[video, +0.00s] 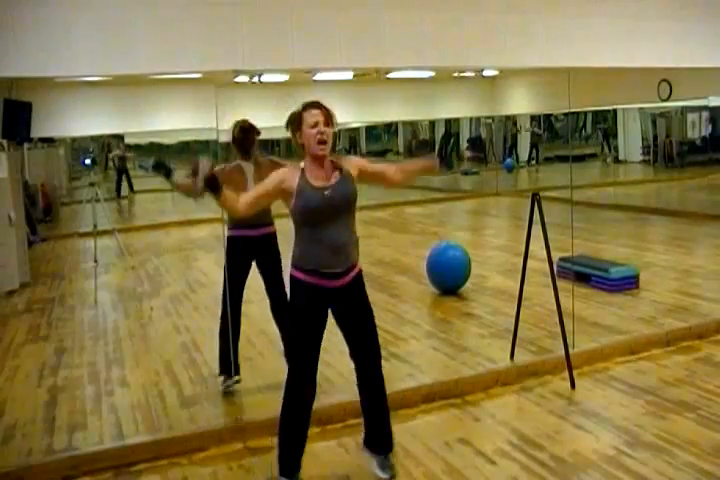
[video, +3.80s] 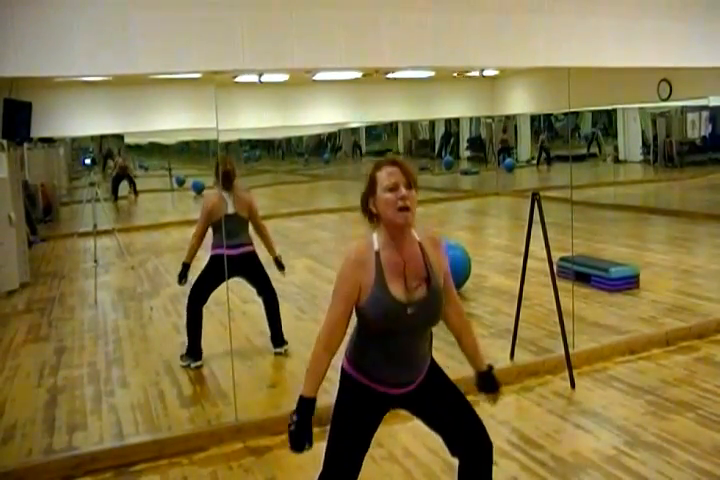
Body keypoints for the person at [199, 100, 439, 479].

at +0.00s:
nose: (322, 131)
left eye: (326, 125)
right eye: (313, 126)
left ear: (334, 131)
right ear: (299, 135)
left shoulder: (349, 167)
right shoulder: (287, 177)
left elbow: (394, 175)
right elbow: (241, 207)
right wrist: (216, 187)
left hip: (349, 282)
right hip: (306, 285)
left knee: (370, 365)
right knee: (301, 380)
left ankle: (379, 448)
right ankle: (288, 471)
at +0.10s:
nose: (322, 142)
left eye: (326, 136)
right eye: (314, 138)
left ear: (334, 142)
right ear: (301, 147)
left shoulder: (350, 184)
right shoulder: (288, 195)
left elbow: (385, 219)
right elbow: (262, 242)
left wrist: (430, 240)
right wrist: (242, 253)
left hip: (350, 296)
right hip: (308, 300)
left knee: (363, 381)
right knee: (309, 387)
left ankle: (363, 463)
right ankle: (306, 471)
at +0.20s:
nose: (324, 150)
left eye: (328, 143)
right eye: (316, 145)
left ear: (335, 149)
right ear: (303, 154)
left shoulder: (350, 195)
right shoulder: (291, 202)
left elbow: (365, 254)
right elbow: (280, 260)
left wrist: (386, 300)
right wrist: (270, 308)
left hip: (350, 305)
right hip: (307, 309)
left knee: (366, 386)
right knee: (309, 392)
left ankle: (361, 462)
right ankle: (306, 471)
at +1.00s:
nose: (335, 140)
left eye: (340, 133)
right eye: (327, 134)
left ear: (347, 138)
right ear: (312, 142)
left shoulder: (357, 179)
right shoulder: (298, 187)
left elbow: (371, 225)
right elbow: (277, 234)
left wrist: (396, 255)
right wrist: (265, 275)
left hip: (354, 292)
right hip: (312, 294)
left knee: (376, 368)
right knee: (304, 384)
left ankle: (368, 449)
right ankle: (300, 472)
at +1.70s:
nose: (351, 179)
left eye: (354, 172)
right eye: (341, 174)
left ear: (361, 179)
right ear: (325, 186)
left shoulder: (374, 225)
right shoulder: (313, 231)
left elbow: (395, 273)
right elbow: (290, 288)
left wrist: (433, 289)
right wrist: (277, 320)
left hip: (369, 335)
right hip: (322, 340)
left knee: (410, 400)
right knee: (300, 423)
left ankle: (411, 472)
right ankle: (286, 477)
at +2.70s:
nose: (368, 179)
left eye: (372, 172)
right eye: (358, 174)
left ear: (379, 180)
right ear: (340, 187)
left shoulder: (394, 228)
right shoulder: (328, 243)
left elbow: (414, 290)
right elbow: (304, 312)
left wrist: (445, 344)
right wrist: (285, 373)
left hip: (393, 353)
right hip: (340, 359)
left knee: (441, 427)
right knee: (312, 452)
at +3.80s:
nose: (403, 194)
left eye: (407, 187)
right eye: (391, 189)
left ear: (415, 196)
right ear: (372, 204)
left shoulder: (431, 249)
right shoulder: (360, 259)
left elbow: (453, 311)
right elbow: (330, 337)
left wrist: (482, 369)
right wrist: (304, 406)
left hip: (421, 377)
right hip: (365, 384)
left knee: (477, 447)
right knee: (337, 475)